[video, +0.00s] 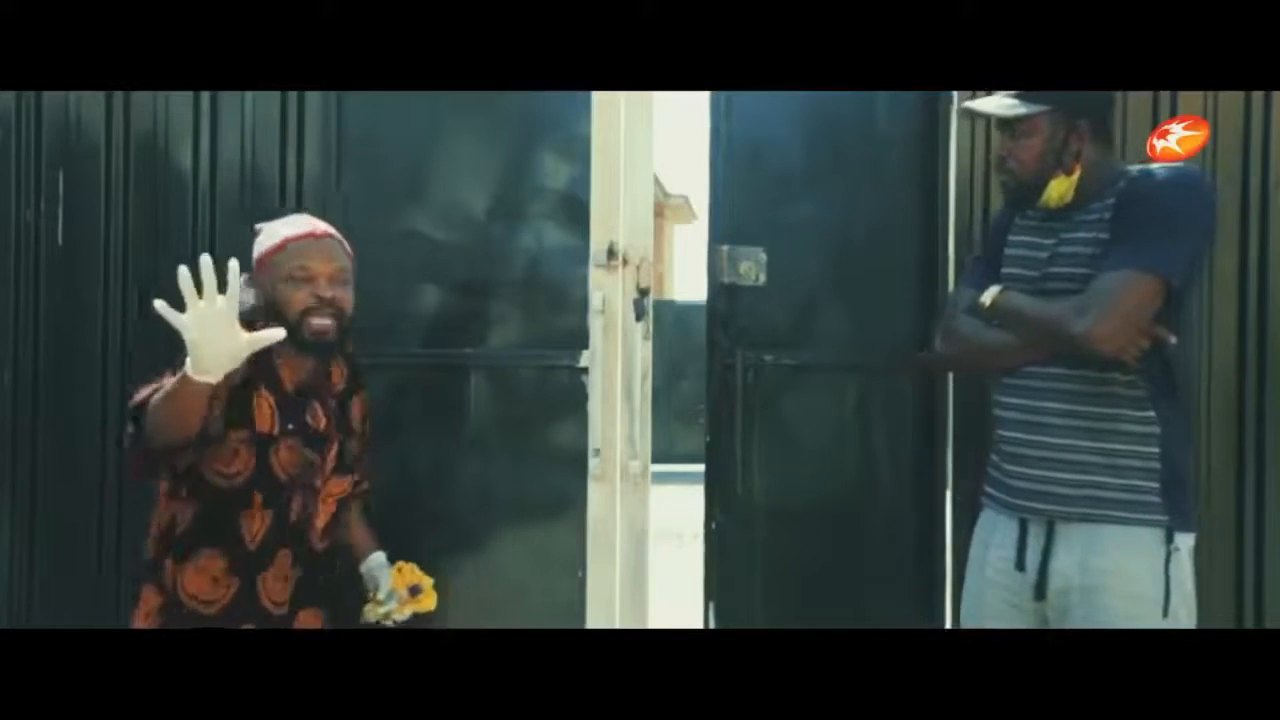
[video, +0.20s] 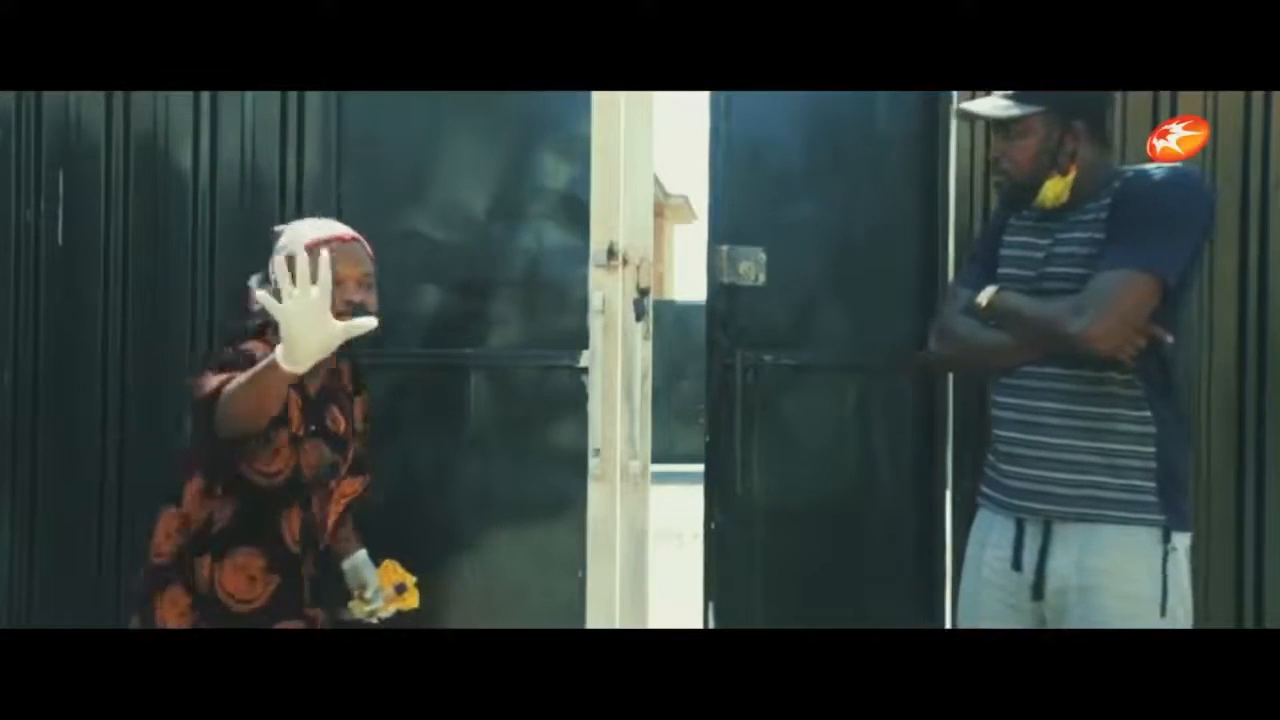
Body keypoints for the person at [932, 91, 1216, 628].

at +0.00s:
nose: (1001, 151)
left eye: (1018, 132)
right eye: (1001, 133)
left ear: (1076, 136)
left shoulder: (1170, 192)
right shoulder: (1012, 217)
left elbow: (1102, 328)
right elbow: (949, 341)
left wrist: (992, 297)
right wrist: (1079, 326)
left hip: (1125, 527)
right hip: (1006, 515)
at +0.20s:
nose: (996, 152)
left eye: (1014, 134)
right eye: (995, 134)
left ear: (1073, 137)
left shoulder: (1167, 191)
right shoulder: (1010, 216)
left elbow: (1097, 328)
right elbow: (944, 340)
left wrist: (989, 297)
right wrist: (1073, 327)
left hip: (1122, 527)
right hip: (1003, 515)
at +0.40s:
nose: (992, 152)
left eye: (1011, 134)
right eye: (992, 135)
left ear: (1070, 137)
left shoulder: (1164, 191)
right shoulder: (1007, 214)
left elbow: (1097, 330)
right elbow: (941, 341)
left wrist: (986, 300)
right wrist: (1071, 330)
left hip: (1120, 527)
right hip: (1001, 515)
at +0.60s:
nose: (992, 153)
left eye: (1009, 136)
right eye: (991, 136)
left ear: (1067, 138)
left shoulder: (1164, 191)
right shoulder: (1005, 217)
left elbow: (1096, 330)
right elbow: (941, 342)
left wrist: (985, 300)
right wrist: (1071, 329)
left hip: (1120, 528)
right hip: (1001, 516)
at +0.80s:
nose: (991, 154)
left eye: (1008, 137)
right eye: (990, 138)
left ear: (1067, 138)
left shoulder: (1163, 190)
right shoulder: (1005, 216)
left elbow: (1095, 330)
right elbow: (941, 342)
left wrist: (985, 300)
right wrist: (1071, 330)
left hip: (1120, 527)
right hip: (1001, 516)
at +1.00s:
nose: (991, 154)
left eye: (1008, 138)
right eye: (990, 138)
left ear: (1067, 138)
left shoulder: (1163, 190)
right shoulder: (1005, 216)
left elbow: (1095, 329)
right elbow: (941, 342)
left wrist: (984, 300)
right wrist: (1071, 329)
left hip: (1120, 527)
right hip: (1002, 515)